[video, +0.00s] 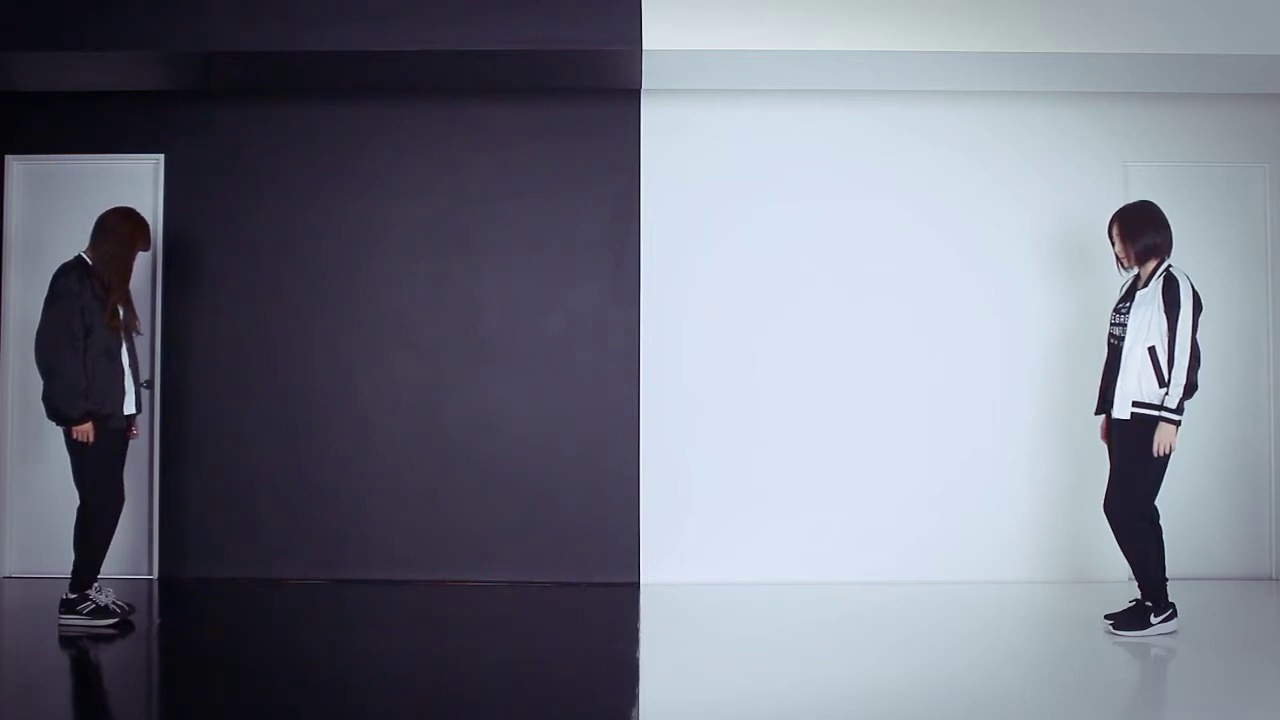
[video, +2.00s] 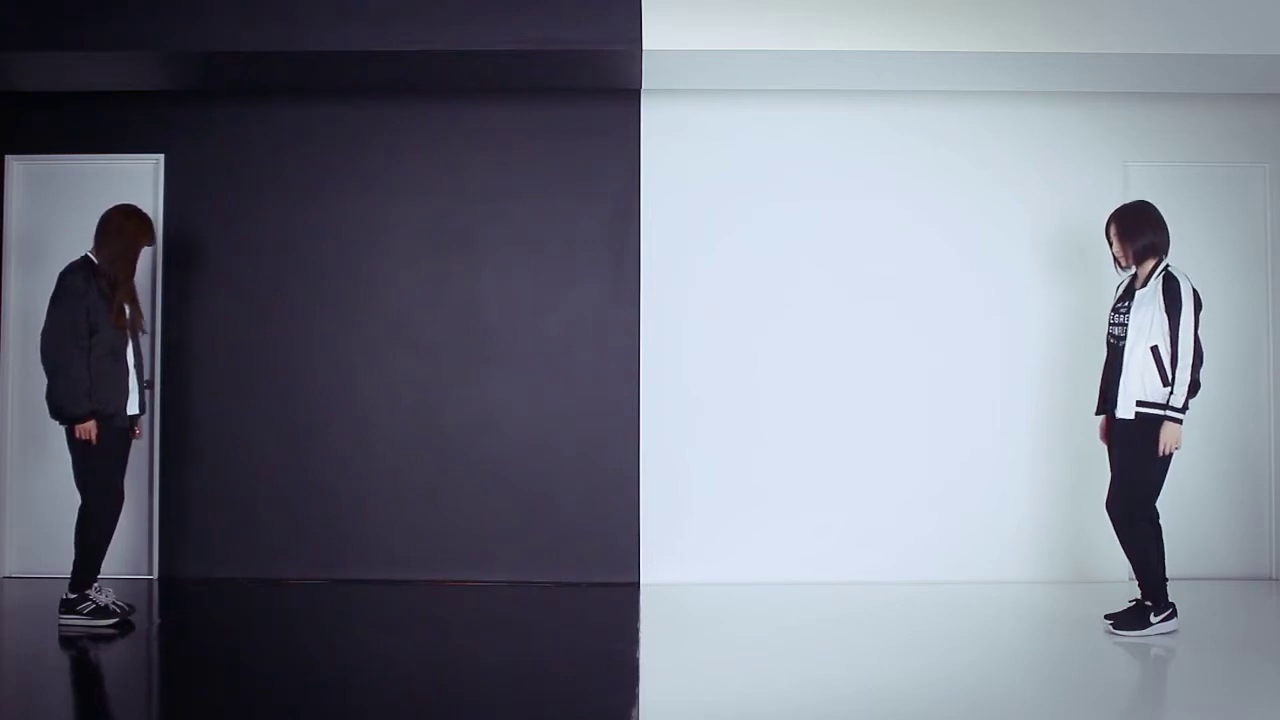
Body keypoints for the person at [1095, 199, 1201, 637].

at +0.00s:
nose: (1116, 250)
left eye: (1120, 241)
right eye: (1113, 242)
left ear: (1144, 236)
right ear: (1125, 241)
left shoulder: (1175, 284)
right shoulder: (1132, 286)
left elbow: (1185, 356)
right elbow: (1118, 354)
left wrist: (1170, 417)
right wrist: (1108, 410)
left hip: (1150, 418)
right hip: (1124, 416)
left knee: (1127, 506)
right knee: (1128, 506)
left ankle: (1157, 604)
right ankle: (1151, 600)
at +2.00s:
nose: (1114, 249)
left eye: (1118, 240)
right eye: (1111, 242)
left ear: (1141, 236)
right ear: (1120, 242)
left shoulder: (1176, 285)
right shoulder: (1126, 288)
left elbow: (1188, 356)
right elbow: (1116, 355)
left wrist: (1175, 416)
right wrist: (1107, 410)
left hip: (1153, 417)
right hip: (1123, 416)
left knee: (1130, 505)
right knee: (1126, 506)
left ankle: (1158, 604)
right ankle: (1151, 600)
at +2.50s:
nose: (1089, 249)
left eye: (1093, 240)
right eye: (1086, 242)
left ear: (1117, 236)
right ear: (1092, 243)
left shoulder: (1156, 284)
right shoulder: (1100, 288)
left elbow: (1178, 351)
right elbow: (1099, 353)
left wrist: (1171, 414)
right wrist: (1087, 404)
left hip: (1139, 415)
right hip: (1109, 415)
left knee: (1082, 486)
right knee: (1131, 506)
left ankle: (1103, 584)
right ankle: (1156, 601)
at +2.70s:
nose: (1063, 254)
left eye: (1067, 244)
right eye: (1060, 246)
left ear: (1091, 241)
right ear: (1066, 248)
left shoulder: (1131, 288)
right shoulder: (1077, 293)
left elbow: (1158, 350)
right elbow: (1075, 357)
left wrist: (1158, 414)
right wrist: (1059, 404)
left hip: (1120, 418)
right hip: (1091, 418)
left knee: (1074, 500)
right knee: (1123, 510)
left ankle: (1036, 596)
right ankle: (1156, 601)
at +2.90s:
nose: (1030, 255)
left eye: (1035, 246)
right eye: (1028, 247)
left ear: (1057, 243)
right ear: (1042, 246)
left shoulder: (1090, 291)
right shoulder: (1043, 296)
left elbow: (1113, 358)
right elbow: (1035, 362)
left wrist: (1118, 426)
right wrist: (1028, 418)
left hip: (1082, 422)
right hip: (1055, 422)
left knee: (1040, 506)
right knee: (1099, 510)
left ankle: (1014, 607)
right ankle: (1150, 595)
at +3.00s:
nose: (1011, 249)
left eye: (1017, 240)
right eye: (1009, 241)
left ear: (1040, 239)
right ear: (1018, 244)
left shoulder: (1070, 288)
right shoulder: (1023, 288)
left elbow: (1086, 356)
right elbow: (1015, 355)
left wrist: (1081, 424)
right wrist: (1010, 412)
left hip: (1056, 421)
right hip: (1031, 420)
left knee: (1024, 510)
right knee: (1070, 507)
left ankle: (1011, 608)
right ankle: (1136, 583)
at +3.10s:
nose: (993, 246)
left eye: (998, 236)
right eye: (991, 238)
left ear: (1022, 234)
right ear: (1002, 240)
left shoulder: (1054, 286)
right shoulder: (1005, 286)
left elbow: (1058, 357)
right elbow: (1000, 353)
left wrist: (1044, 419)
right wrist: (993, 412)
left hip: (1036, 417)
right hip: (1008, 415)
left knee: (1014, 509)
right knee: (1027, 509)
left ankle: (1009, 608)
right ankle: (1104, 571)